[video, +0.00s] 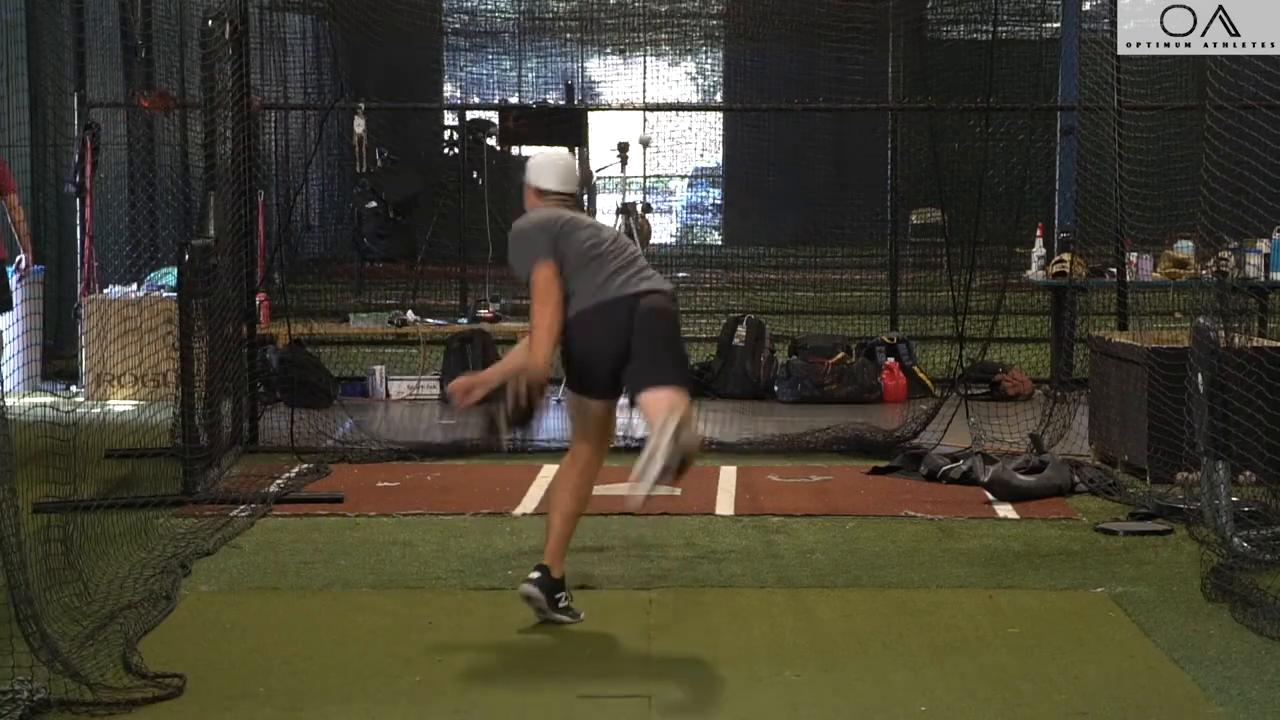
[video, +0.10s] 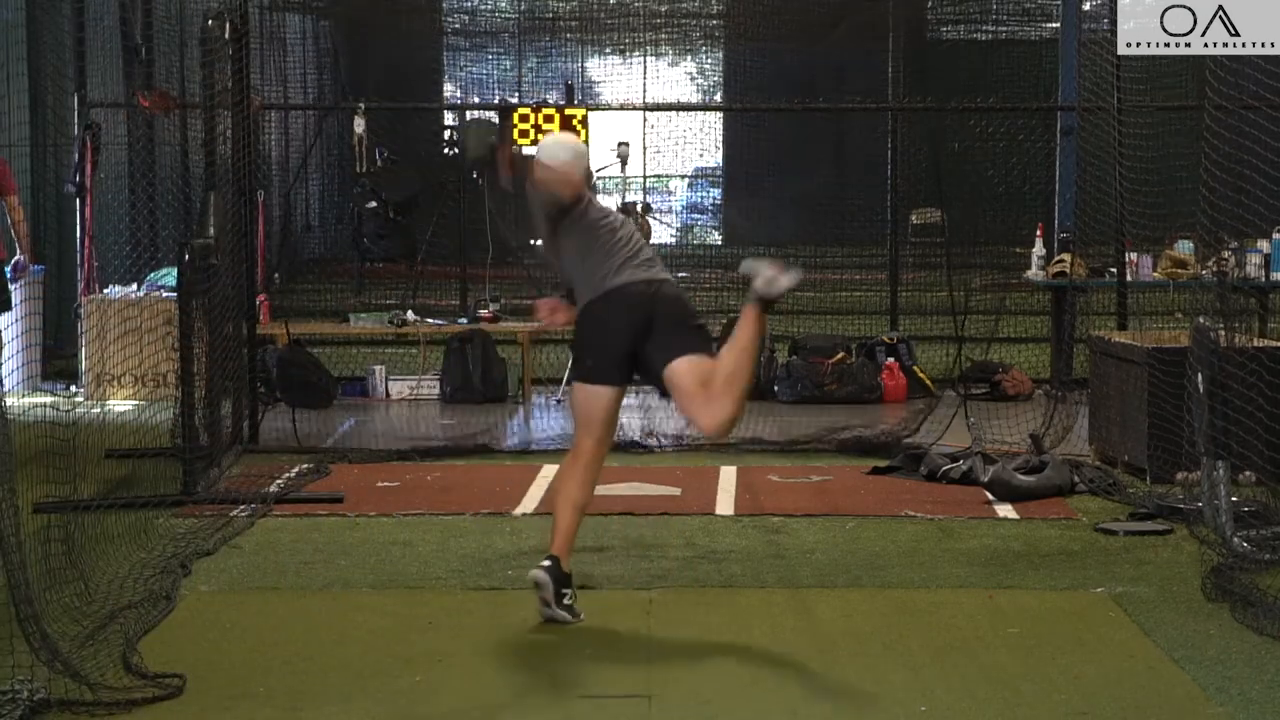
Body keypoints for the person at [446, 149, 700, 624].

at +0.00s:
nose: (524, 200)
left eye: (525, 194)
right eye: (528, 195)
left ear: (532, 193)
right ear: (574, 197)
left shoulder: (534, 226)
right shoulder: (594, 231)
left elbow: (547, 288)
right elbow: (543, 331)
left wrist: (539, 361)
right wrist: (487, 377)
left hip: (594, 321)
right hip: (655, 309)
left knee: (586, 444)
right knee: (668, 408)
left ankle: (550, 574)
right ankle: (672, 437)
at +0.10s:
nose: (508, 170)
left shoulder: (549, 180)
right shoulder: (601, 216)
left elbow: (570, 186)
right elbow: (621, 276)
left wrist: (524, 166)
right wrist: (574, 308)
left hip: (609, 309)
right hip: (661, 301)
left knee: (587, 446)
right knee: (713, 414)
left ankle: (557, 561)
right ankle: (757, 298)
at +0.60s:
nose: (645, 127)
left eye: (643, 120)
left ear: (643, 122)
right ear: (684, 122)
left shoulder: (632, 176)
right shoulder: (712, 170)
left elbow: (636, 257)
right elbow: (760, 220)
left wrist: (645, 322)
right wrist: (820, 268)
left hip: (678, 306)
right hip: (713, 301)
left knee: (694, 420)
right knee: (650, 401)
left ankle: (819, 467)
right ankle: (689, 520)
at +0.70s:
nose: (658, 107)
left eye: (658, 101)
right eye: (664, 101)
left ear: (662, 104)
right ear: (702, 105)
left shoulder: (656, 155)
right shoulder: (731, 154)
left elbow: (656, 236)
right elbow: (774, 209)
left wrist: (641, 295)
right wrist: (833, 258)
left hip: (700, 288)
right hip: (715, 284)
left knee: (715, 400)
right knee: (653, 384)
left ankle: (792, 493)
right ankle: (692, 494)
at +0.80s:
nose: (671, 117)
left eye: (672, 111)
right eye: (677, 110)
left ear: (677, 112)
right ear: (713, 110)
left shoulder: (686, 166)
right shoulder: (739, 161)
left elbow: (671, 245)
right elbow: (772, 227)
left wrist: (618, 274)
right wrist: (813, 278)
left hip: (724, 301)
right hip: (720, 298)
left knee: (724, 403)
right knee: (654, 374)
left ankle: (791, 496)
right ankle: (703, 480)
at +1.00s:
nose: (683, 115)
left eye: (686, 107)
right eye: (684, 107)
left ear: (700, 106)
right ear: (717, 104)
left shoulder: (728, 155)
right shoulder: (721, 149)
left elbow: (715, 232)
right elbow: (707, 215)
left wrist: (643, 257)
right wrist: (664, 230)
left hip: (738, 289)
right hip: (714, 284)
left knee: (737, 390)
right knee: (679, 363)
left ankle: (793, 496)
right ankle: (707, 450)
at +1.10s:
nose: (682, 109)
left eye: (685, 101)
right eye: (681, 102)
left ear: (703, 98)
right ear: (707, 98)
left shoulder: (730, 147)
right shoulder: (707, 142)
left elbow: (726, 225)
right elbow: (699, 199)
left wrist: (664, 262)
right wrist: (651, 225)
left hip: (739, 277)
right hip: (703, 274)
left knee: (743, 376)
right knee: (692, 368)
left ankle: (789, 482)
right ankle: (708, 461)